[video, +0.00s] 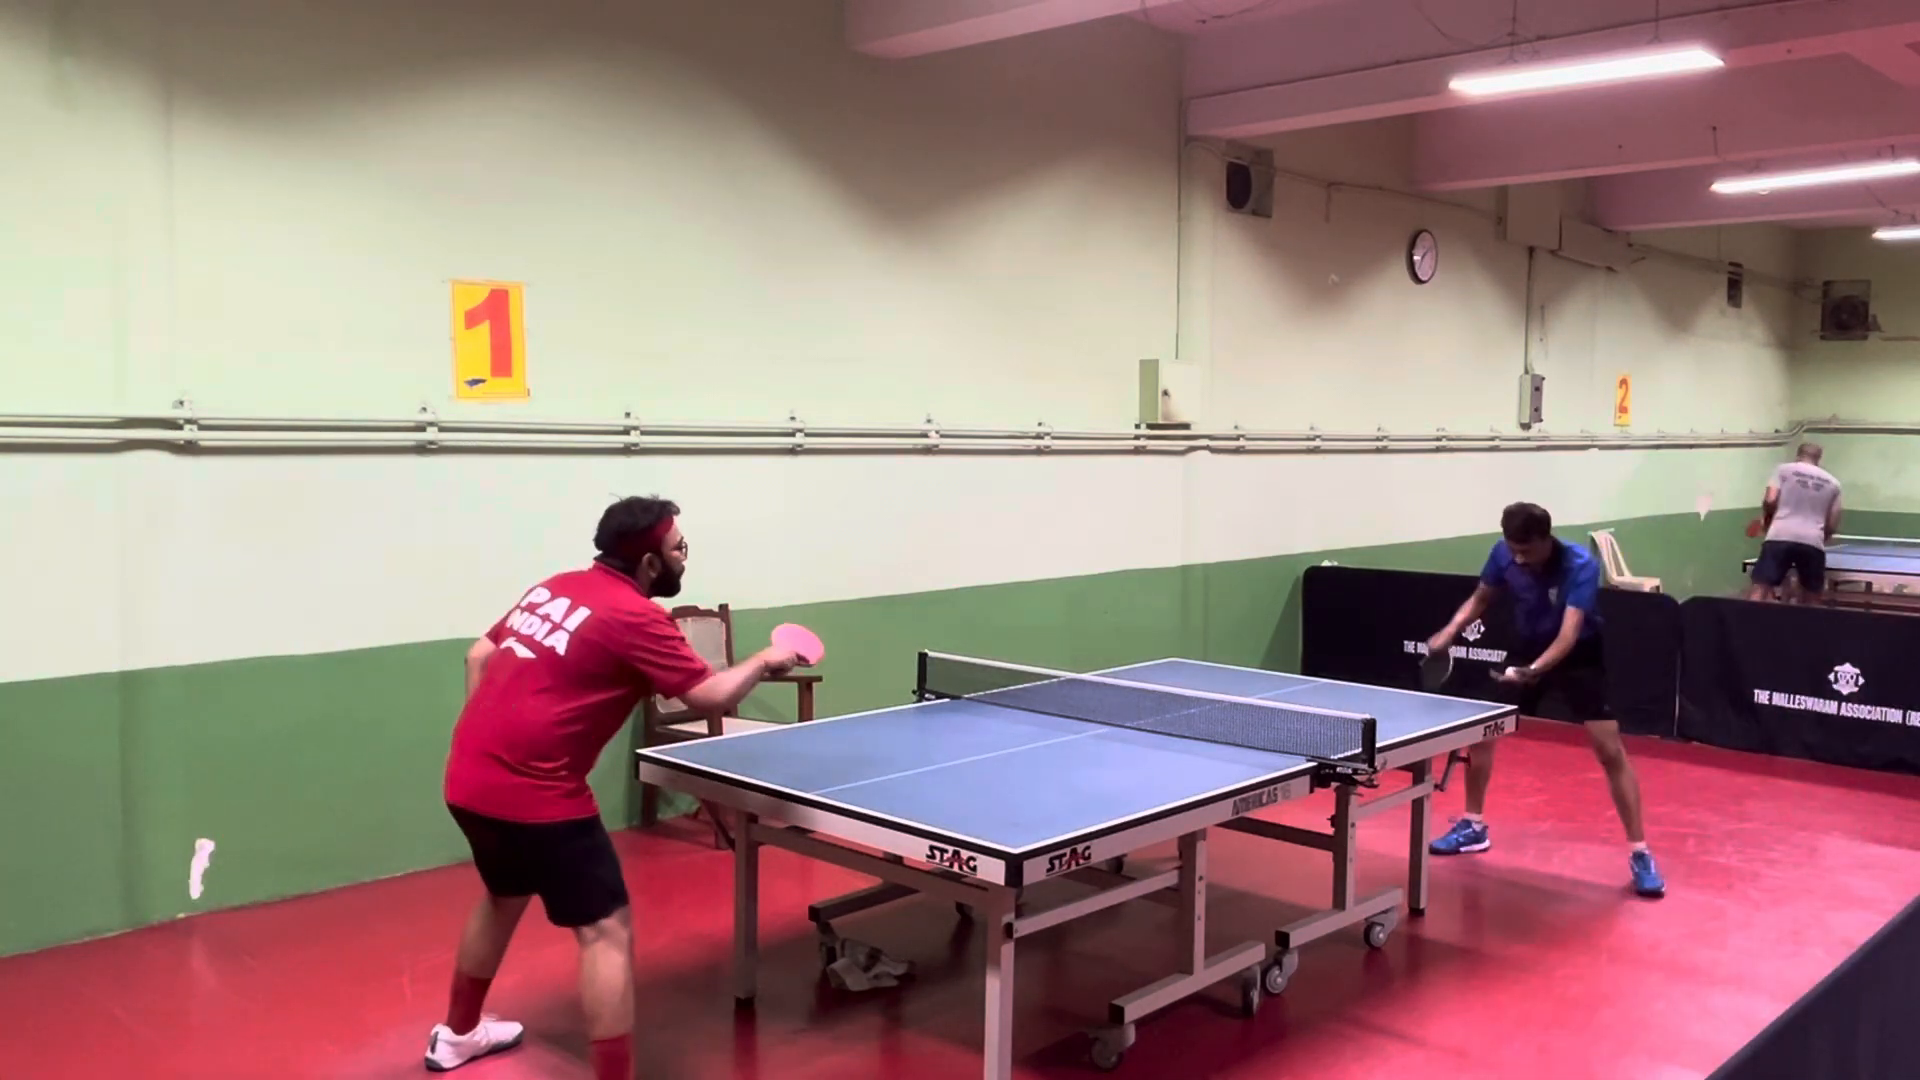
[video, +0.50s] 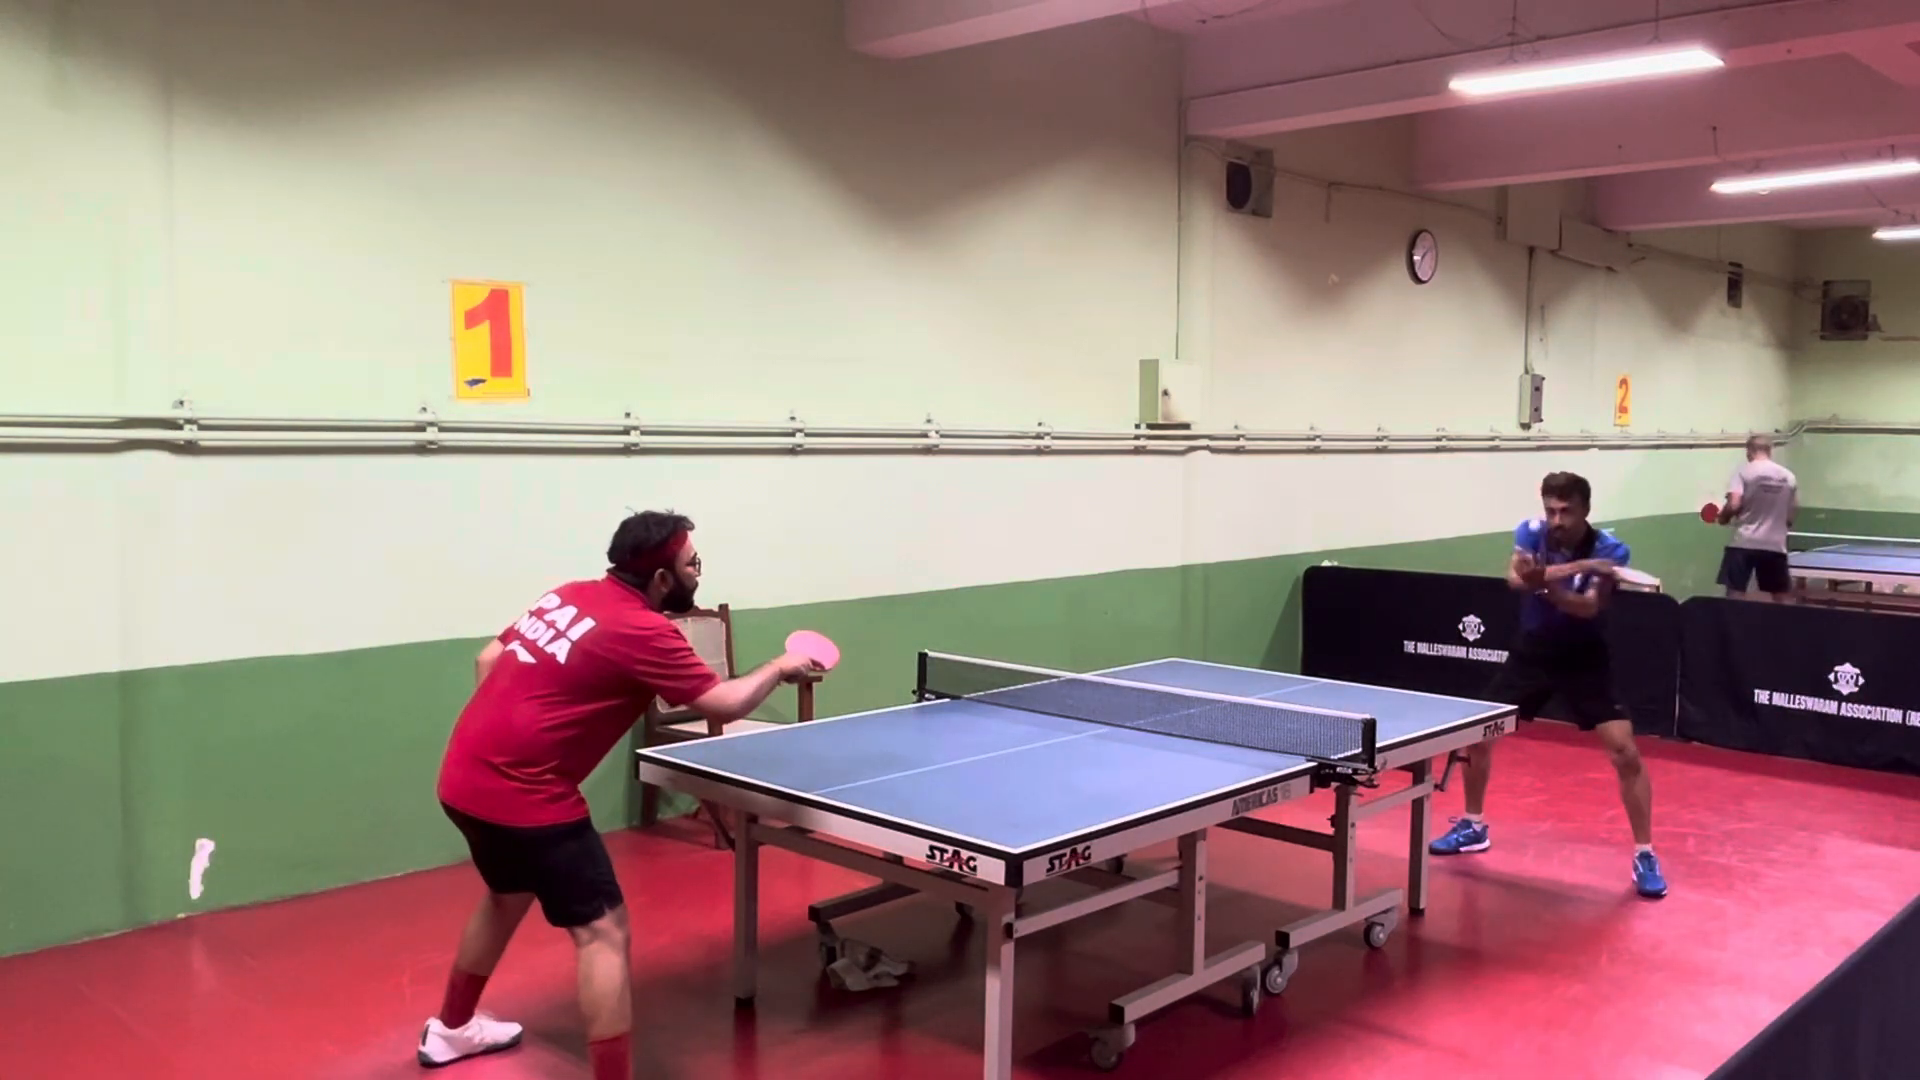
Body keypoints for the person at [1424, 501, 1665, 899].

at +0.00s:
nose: (1518, 557)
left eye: (1526, 551)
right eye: (1513, 550)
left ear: (1546, 539)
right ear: (1507, 542)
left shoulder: (1580, 564)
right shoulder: (1504, 554)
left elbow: (1570, 634)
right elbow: (1480, 598)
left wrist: (1532, 669)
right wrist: (1448, 632)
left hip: (1578, 656)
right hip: (1525, 652)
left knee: (1610, 751)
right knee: (1481, 731)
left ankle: (1640, 853)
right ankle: (1473, 824)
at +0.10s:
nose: (1523, 559)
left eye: (1531, 552)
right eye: (1518, 551)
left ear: (1552, 541)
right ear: (1512, 543)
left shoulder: (1584, 569)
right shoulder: (1508, 553)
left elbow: (1572, 636)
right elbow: (1474, 594)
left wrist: (1536, 677)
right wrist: (1447, 622)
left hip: (1578, 657)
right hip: (1526, 652)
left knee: (1617, 754)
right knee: (1475, 729)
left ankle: (1643, 854)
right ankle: (1472, 825)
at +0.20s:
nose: (1535, 556)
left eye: (1543, 549)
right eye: (1529, 549)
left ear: (1562, 539)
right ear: (1522, 541)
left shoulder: (1591, 571)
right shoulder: (1517, 549)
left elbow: (1576, 635)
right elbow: (1475, 587)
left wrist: (1538, 673)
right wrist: (1468, 601)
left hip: (1580, 663)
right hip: (1528, 656)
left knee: (1621, 757)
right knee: (1468, 729)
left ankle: (1644, 855)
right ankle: (1472, 825)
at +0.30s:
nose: (1545, 547)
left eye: (1553, 540)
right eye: (1540, 539)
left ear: (1573, 530)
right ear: (1534, 531)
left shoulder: (1600, 566)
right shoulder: (1527, 542)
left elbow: (1578, 629)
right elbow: (1472, 586)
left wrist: (1538, 642)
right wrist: (1502, 586)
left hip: (1581, 665)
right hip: (1531, 658)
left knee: (1622, 758)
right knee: (1468, 729)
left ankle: (1644, 856)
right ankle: (1472, 825)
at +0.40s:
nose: (1553, 535)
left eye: (1561, 527)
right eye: (1546, 526)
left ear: (1581, 521)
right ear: (1538, 520)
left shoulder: (1604, 554)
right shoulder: (1529, 536)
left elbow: (1582, 610)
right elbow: (1490, 578)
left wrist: (1535, 592)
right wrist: (1531, 575)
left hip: (1585, 665)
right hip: (1533, 658)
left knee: (1623, 755)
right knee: (1473, 727)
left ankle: (1644, 855)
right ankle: (1472, 825)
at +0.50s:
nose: (1555, 521)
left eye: (1564, 512)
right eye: (1549, 512)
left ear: (1586, 512)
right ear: (1542, 510)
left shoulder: (1607, 550)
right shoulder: (1532, 534)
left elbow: (1592, 606)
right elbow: (1517, 580)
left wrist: (1545, 584)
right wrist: (1585, 566)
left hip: (1586, 662)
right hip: (1531, 656)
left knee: (1626, 753)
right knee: (1477, 732)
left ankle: (1645, 854)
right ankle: (1472, 824)